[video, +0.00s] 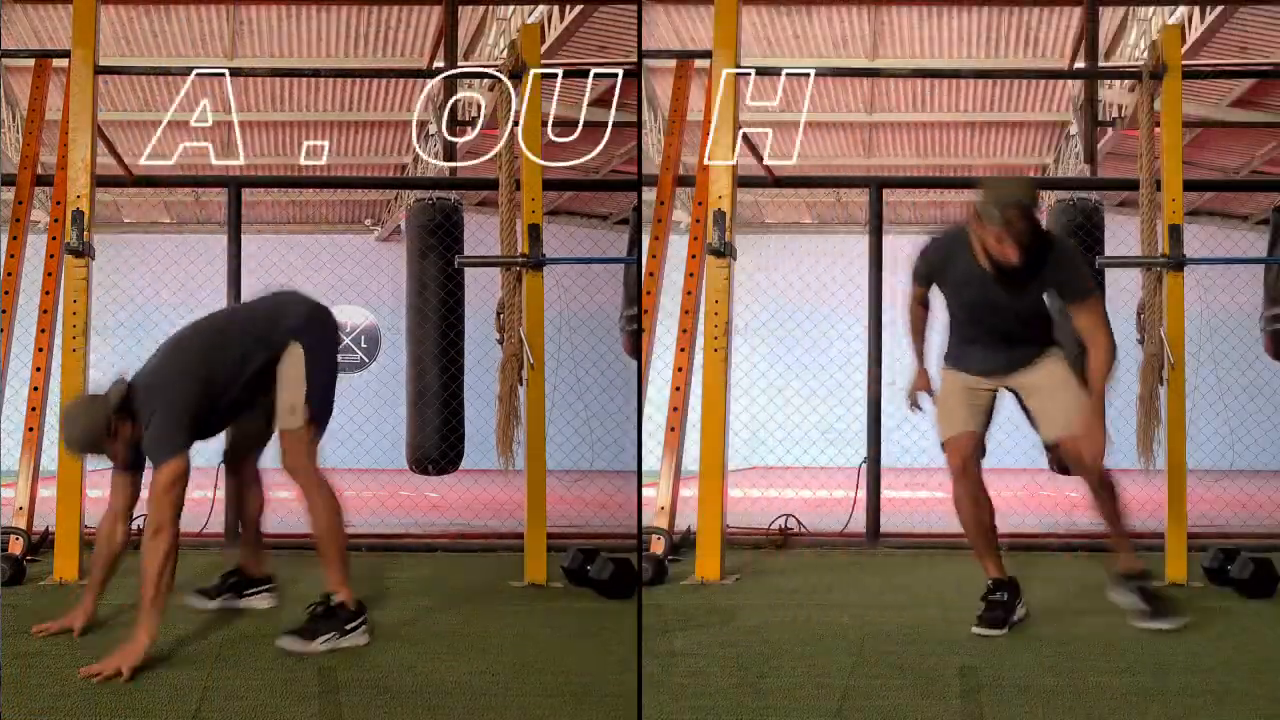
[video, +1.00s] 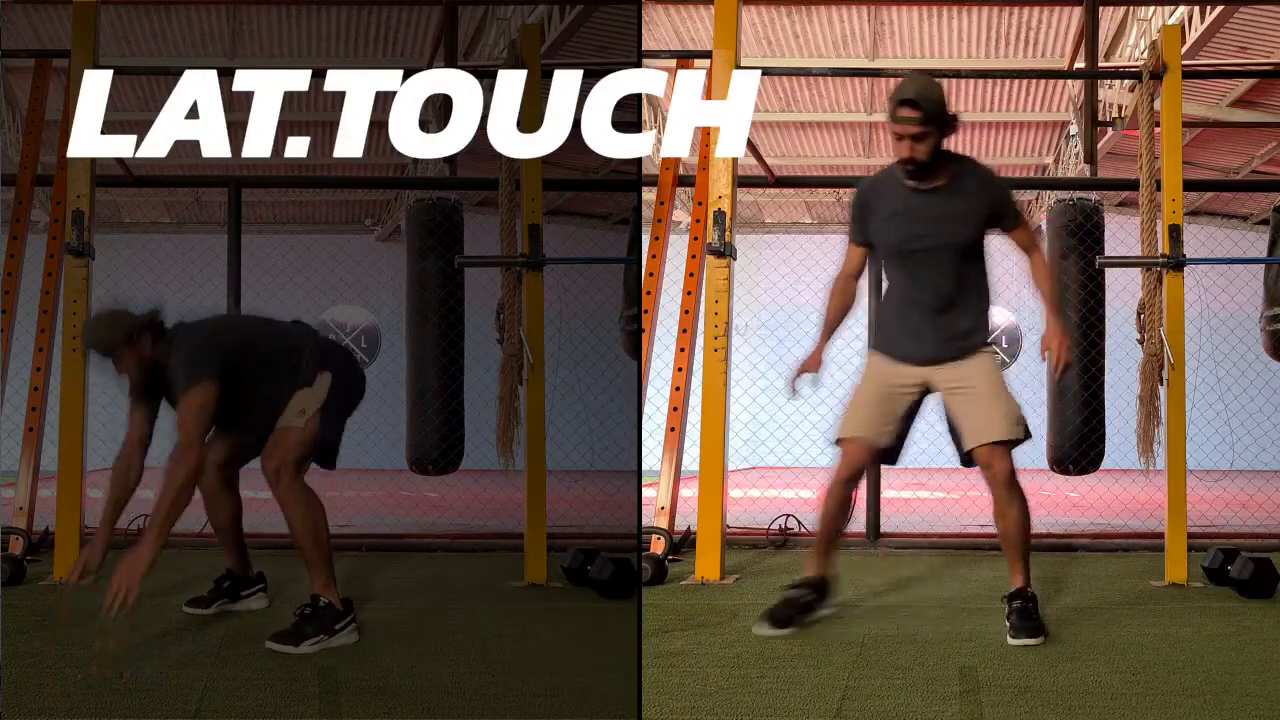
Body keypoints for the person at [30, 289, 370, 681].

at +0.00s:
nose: (108, 458)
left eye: (105, 450)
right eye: (102, 454)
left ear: (118, 426)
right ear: (114, 426)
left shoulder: (164, 414)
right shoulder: (126, 412)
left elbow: (162, 533)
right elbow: (117, 518)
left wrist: (141, 638)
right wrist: (86, 605)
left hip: (304, 329)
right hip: (263, 343)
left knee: (299, 461)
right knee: (240, 458)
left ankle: (344, 605)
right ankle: (253, 574)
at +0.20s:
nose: (58, 501)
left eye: (50, 494)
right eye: (48, 496)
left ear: (62, 472)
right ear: (58, 461)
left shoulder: (126, 438)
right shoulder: (85, 443)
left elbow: (154, 550)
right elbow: (105, 532)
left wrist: (151, 654)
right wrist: (92, 611)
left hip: (257, 376)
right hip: (231, 406)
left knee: (333, 480)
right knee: (295, 482)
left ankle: (469, 532)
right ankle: (379, 522)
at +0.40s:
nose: (39, 484)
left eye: (33, 474)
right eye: (30, 478)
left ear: (46, 448)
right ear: (45, 440)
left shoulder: (120, 435)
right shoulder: (83, 439)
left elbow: (150, 545)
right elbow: (103, 531)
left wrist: (151, 649)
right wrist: (92, 610)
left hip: (263, 474)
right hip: (238, 485)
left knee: (358, 545)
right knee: (332, 541)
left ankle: (487, 559)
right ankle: (407, 551)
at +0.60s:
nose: (57, 490)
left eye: (51, 482)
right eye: (48, 485)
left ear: (65, 456)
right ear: (61, 456)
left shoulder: (126, 436)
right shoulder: (86, 440)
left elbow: (149, 549)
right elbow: (97, 527)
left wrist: (151, 652)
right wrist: (92, 611)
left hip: (269, 393)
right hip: (237, 417)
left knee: (345, 497)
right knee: (292, 495)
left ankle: (467, 545)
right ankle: (375, 531)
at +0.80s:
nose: (125, 487)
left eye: (121, 478)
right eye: (117, 482)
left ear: (136, 457)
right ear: (131, 450)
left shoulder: (178, 434)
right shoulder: (135, 430)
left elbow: (169, 544)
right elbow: (126, 526)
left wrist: (150, 644)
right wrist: (94, 609)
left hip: (302, 331)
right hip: (255, 339)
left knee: (292, 457)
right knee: (229, 458)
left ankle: (352, 588)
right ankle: (255, 562)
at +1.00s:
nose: (118, 369)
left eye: (118, 357)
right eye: (113, 360)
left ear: (141, 342)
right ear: (137, 346)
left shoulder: (192, 354)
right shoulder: (149, 370)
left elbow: (189, 454)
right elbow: (131, 455)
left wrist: (147, 549)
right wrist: (100, 539)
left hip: (324, 370)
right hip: (270, 384)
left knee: (280, 467)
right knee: (211, 467)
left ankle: (330, 605)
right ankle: (242, 577)